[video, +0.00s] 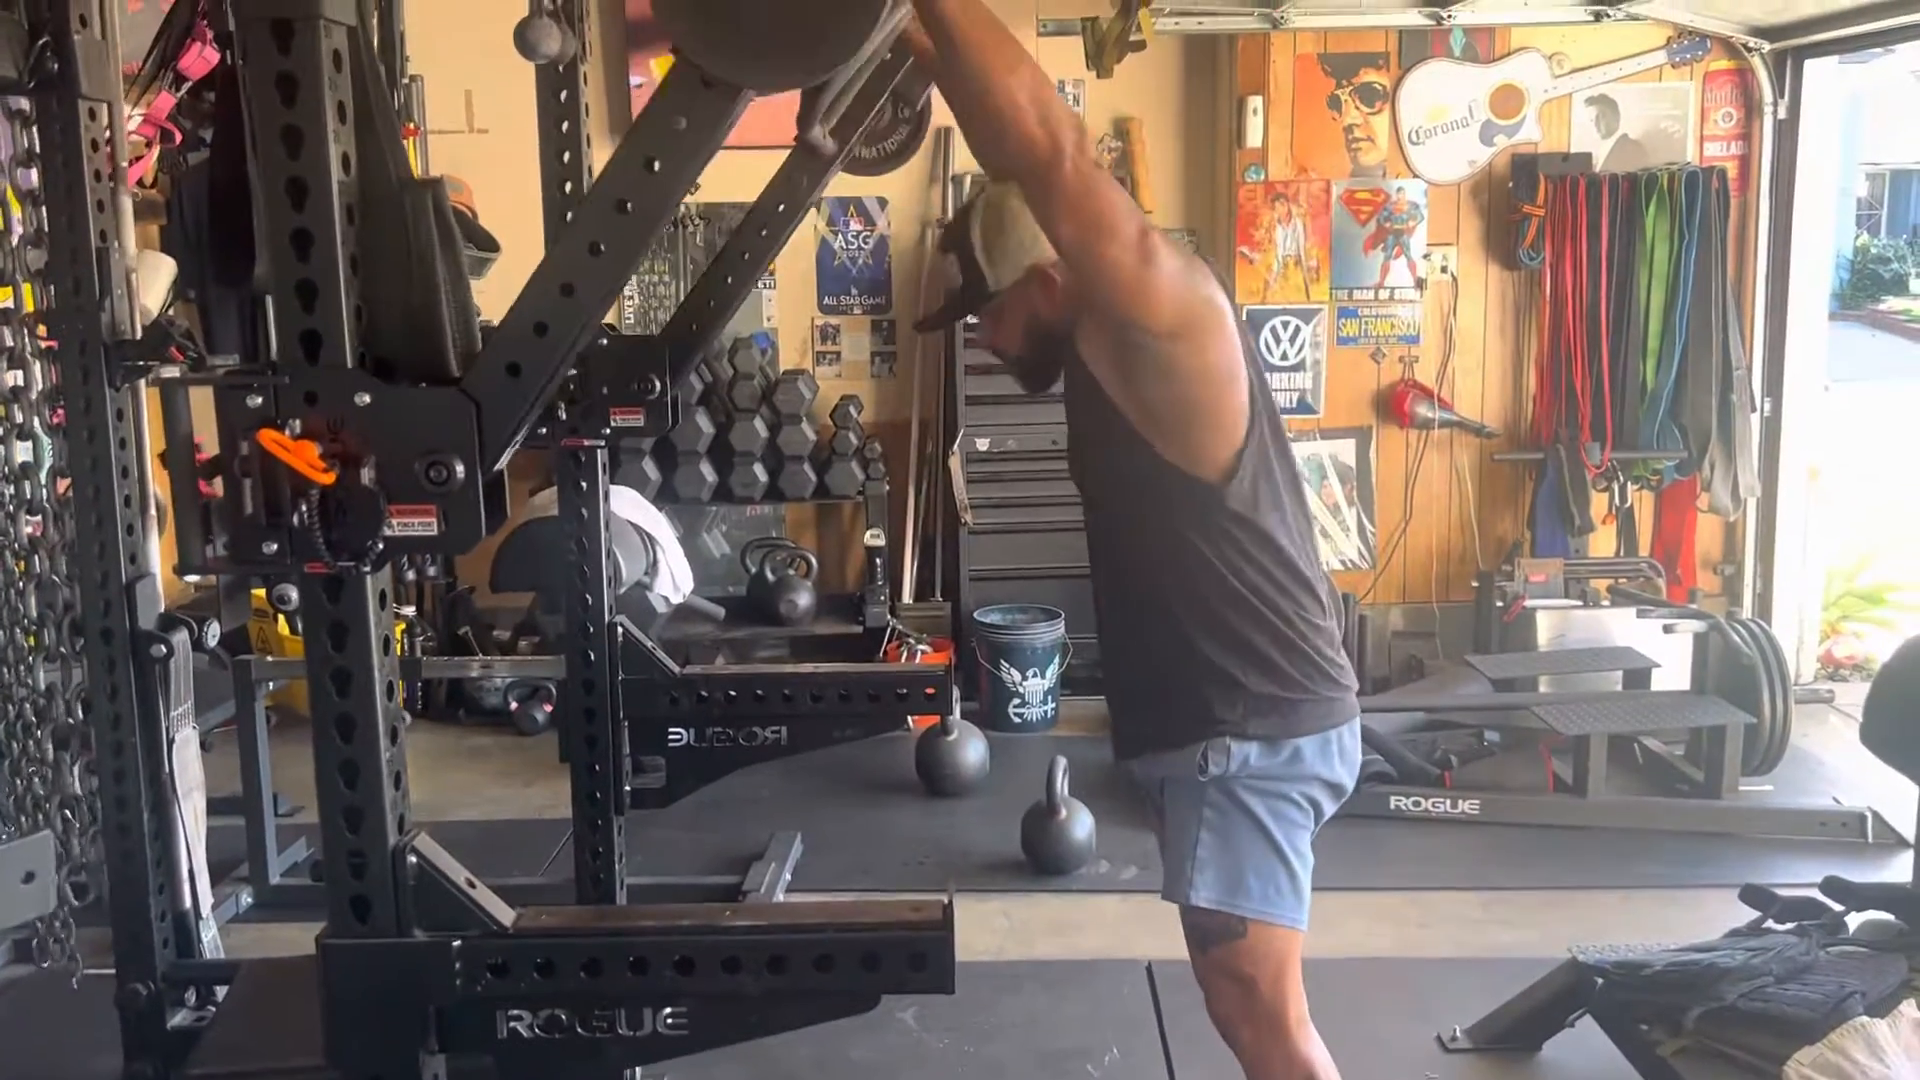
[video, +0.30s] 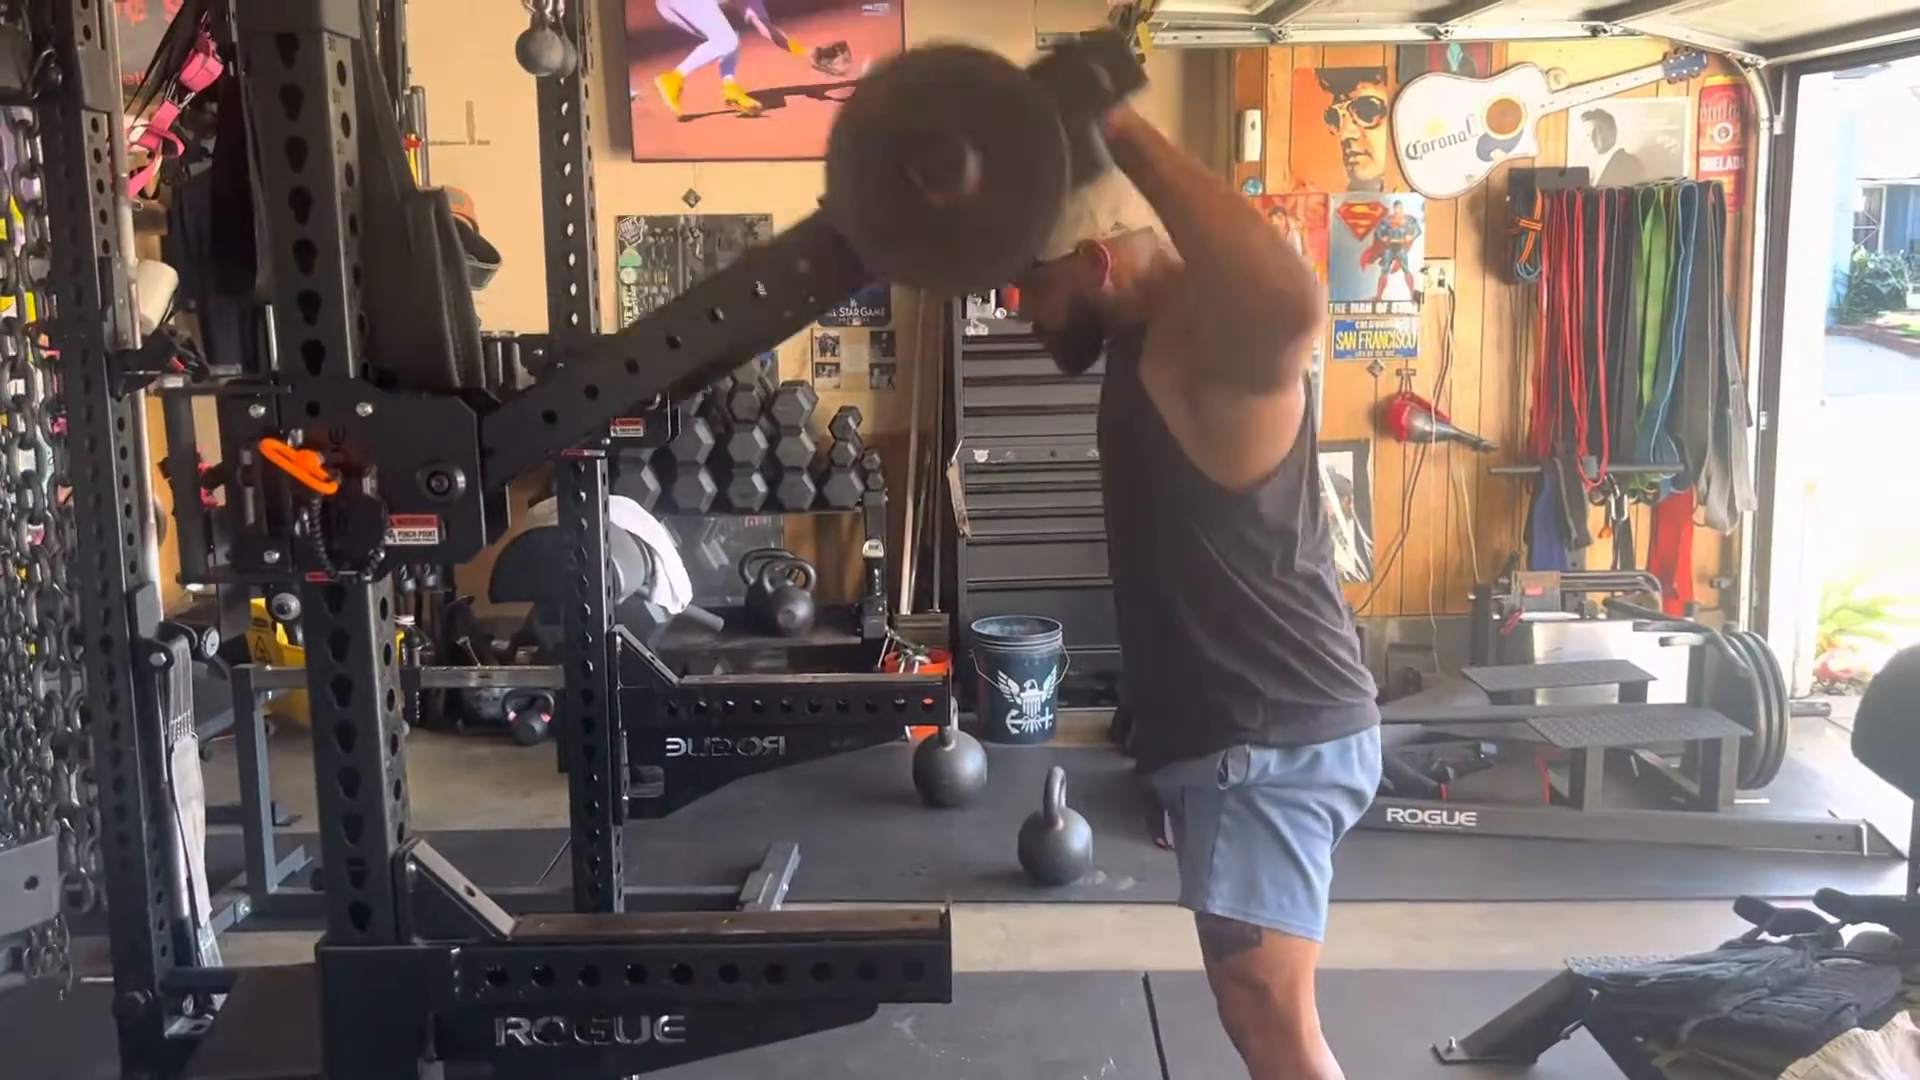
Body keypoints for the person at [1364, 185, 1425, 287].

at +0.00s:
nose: (1400, 196)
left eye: (1402, 194)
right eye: (1399, 194)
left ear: (1405, 195)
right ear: (1396, 195)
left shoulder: (1412, 206)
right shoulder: (1390, 206)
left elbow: (1420, 217)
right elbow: (1381, 217)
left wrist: (1413, 223)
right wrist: (1386, 224)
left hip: (1404, 231)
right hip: (1392, 231)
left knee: (1408, 255)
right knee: (1387, 256)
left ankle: (1415, 280)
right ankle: (1381, 281)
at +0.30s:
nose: (1398, 211)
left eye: (1399, 208)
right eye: (1396, 208)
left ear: (1402, 209)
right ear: (1393, 209)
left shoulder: (1409, 220)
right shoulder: (1387, 220)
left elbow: (1418, 231)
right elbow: (1378, 231)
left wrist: (1410, 238)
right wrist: (1383, 238)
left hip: (1402, 245)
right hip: (1390, 245)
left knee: (1406, 269)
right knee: (1384, 270)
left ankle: (1412, 294)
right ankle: (1378, 295)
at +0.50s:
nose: (1395, 219)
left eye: (1396, 216)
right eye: (1393, 216)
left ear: (1399, 217)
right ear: (1390, 217)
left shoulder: (1406, 228)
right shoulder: (1384, 228)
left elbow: (1414, 239)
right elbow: (1375, 239)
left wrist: (1407, 246)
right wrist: (1379, 246)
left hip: (1399, 252)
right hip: (1387, 252)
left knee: (1402, 277)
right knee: (1381, 277)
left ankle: (1408, 300)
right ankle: (1376, 300)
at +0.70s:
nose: (1391, 227)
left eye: (1392, 224)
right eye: (1389, 225)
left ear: (1395, 225)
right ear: (1386, 225)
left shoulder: (1402, 235)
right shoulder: (1381, 236)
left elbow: (1410, 247)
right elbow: (1371, 247)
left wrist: (1403, 253)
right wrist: (1376, 254)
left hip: (1394, 261)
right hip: (1383, 260)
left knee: (1398, 285)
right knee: (1377, 284)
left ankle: (1405, 308)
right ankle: (1371, 308)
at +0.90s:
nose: (1388, 235)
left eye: (1390, 233)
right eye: (1387, 233)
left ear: (1393, 233)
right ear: (1384, 234)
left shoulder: (1399, 244)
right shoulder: (1379, 244)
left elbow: (1408, 256)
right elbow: (1369, 255)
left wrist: (1401, 262)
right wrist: (1373, 262)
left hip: (1392, 269)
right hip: (1380, 269)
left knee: (1395, 293)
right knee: (1374, 293)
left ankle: (1402, 317)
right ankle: (1369, 318)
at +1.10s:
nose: (1386, 243)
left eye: (1388, 241)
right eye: (1384, 241)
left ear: (1390, 241)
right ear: (1382, 242)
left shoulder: (1397, 252)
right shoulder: (1376, 252)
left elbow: (1405, 263)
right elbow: (1367, 263)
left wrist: (1399, 269)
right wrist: (1371, 270)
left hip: (1390, 277)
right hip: (1378, 277)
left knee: (1393, 301)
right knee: (1372, 301)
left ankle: (1399, 325)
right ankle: (1366, 326)